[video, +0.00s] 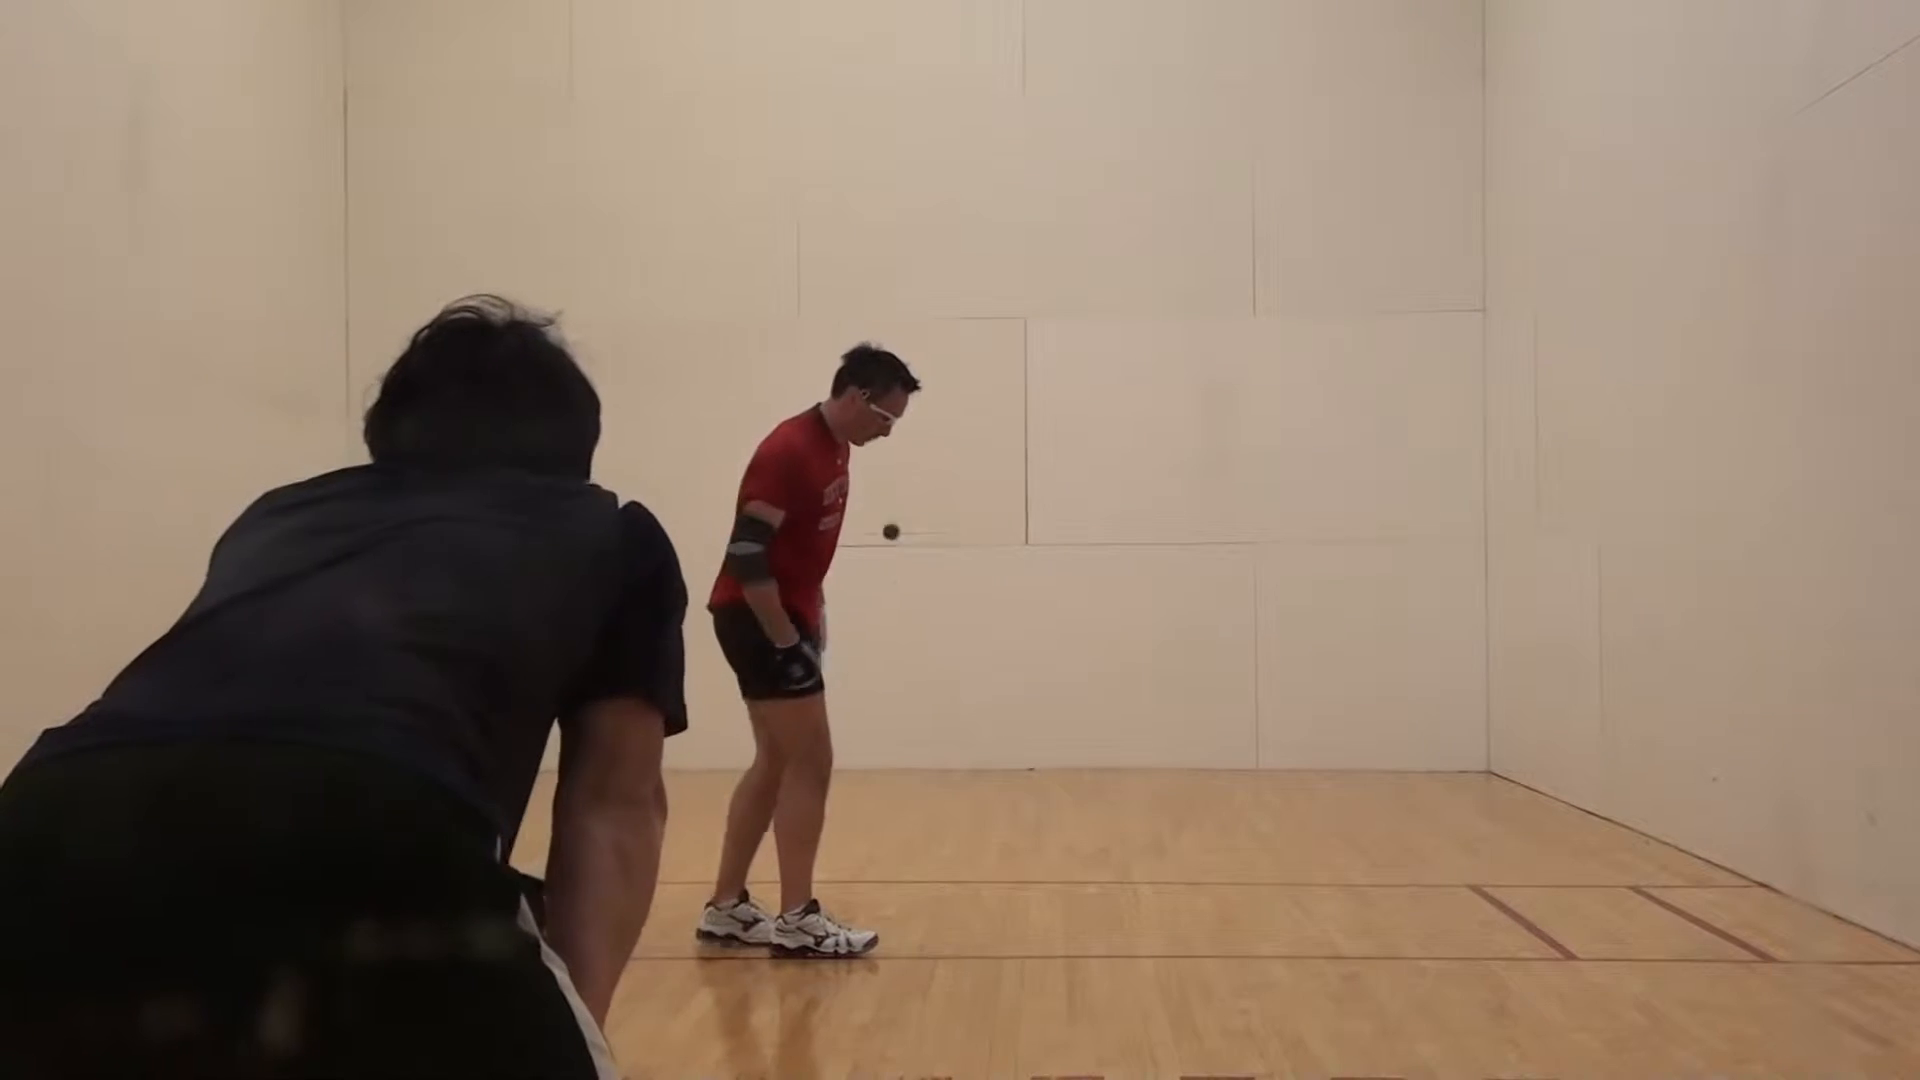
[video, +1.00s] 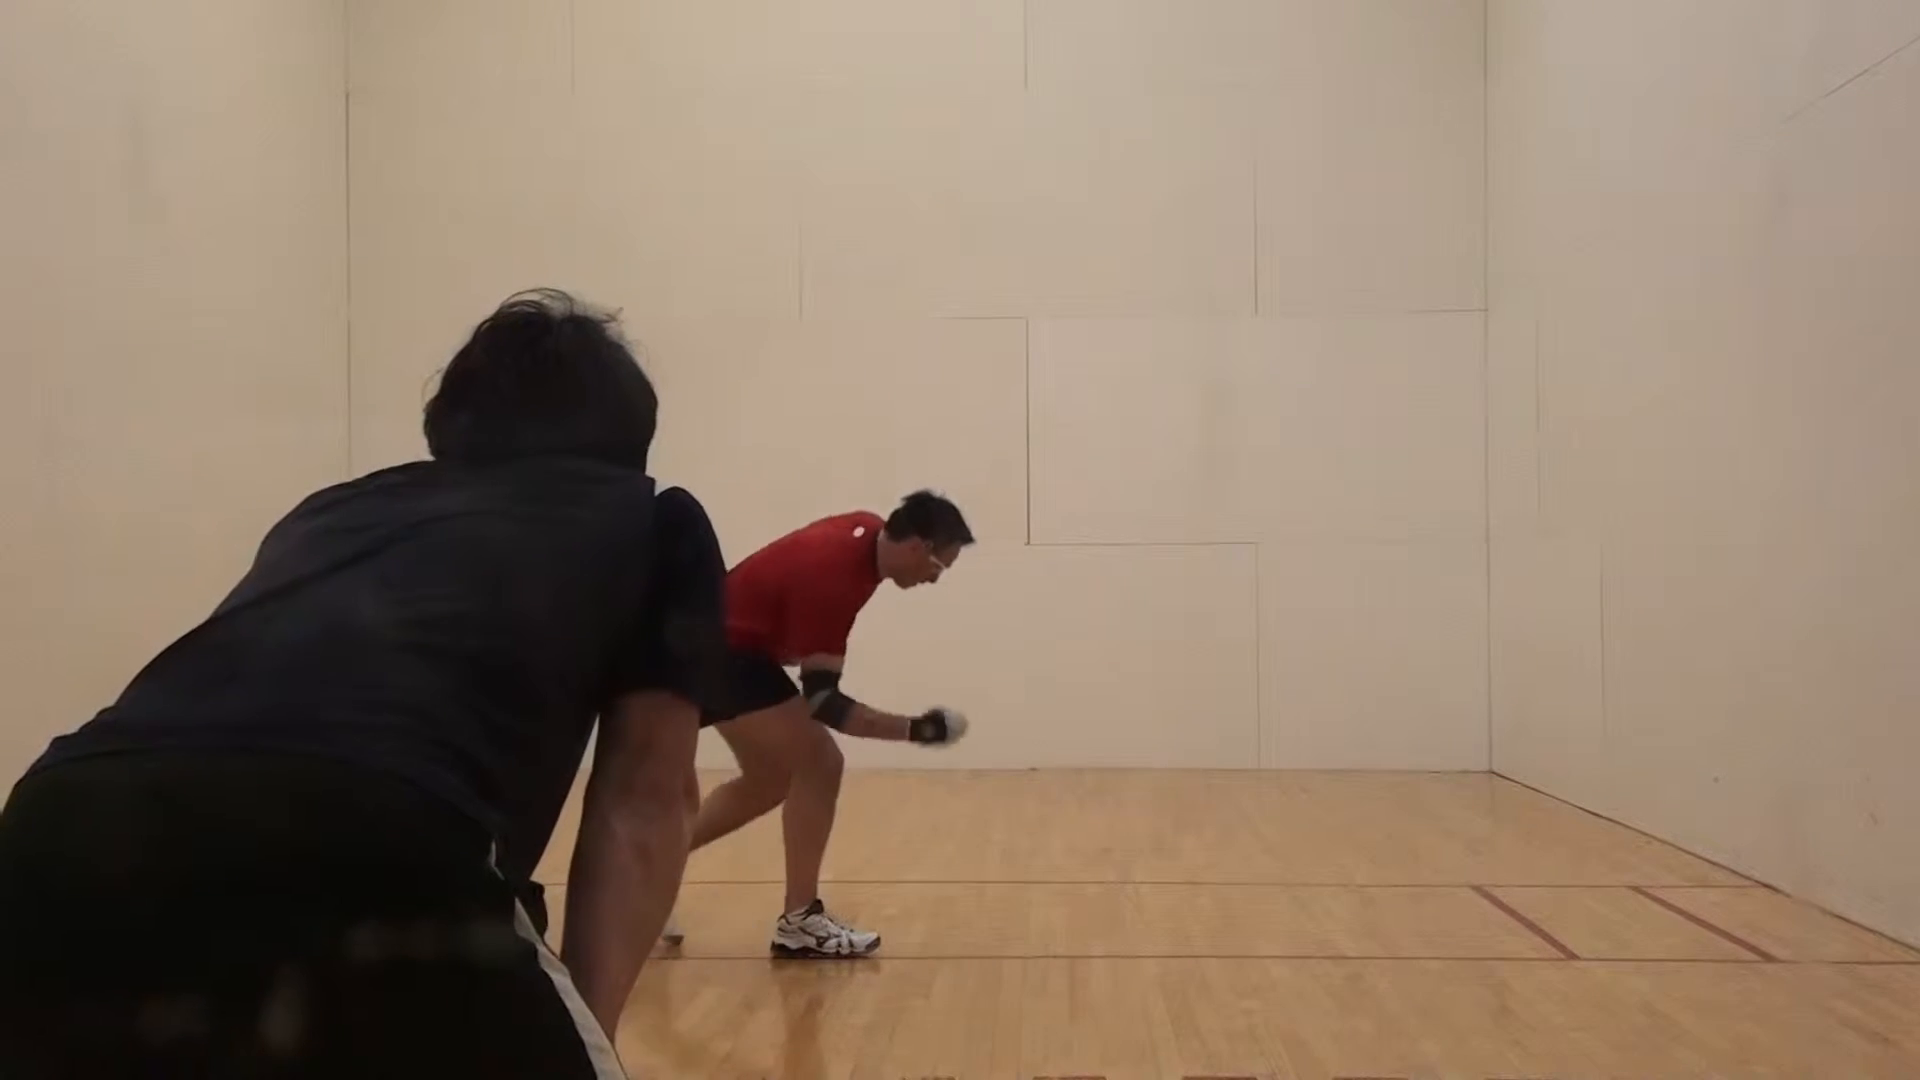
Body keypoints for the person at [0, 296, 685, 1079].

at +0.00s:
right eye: (591, 456)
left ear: (390, 429)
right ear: (566, 445)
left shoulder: (279, 508)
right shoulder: (608, 531)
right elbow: (617, 800)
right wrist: (568, 1034)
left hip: (58, 836)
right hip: (371, 858)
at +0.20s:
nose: (610, 475)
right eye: (608, 460)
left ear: (409, 431)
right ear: (585, 447)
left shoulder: (297, 504)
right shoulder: (618, 525)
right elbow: (625, 791)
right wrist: (571, 1030)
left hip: (67, 821)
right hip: (377, 838)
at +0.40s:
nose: (623, 478)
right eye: (622, 464)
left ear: (421, 433)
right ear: (601, 456)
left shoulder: (310, 507)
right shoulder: (626, 525)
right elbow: (631, 791)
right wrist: (572, 1030)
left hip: (69, 815)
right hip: (373, 831)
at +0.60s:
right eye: (632, 465)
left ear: (429, 437)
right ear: (616, 461)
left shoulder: (318, 511)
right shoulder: (637, 530)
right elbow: (639, 793)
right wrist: (575, 1032)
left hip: (63, 826)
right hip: (370, 847)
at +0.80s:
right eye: (641, 458)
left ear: (439, 435)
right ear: (624, 455)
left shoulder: (325, 509)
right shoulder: (645, 524)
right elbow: (644, 798)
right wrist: (576, 1033)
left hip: (57, 848)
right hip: (367, 871)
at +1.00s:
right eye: (643, 455)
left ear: (445, 431)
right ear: (628, 451)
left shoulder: (330, 506)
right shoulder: (649, 519)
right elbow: (648, 793)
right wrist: (581, 1032)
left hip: (64, 854)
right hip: (377, 875)